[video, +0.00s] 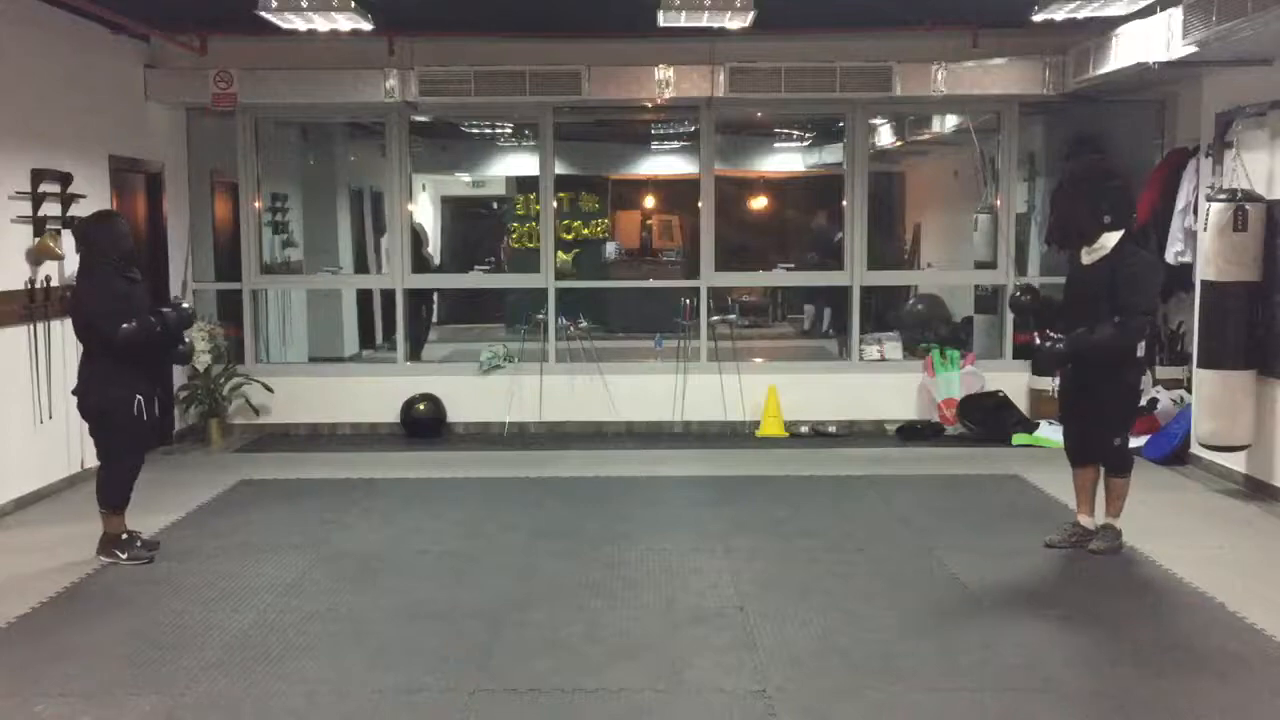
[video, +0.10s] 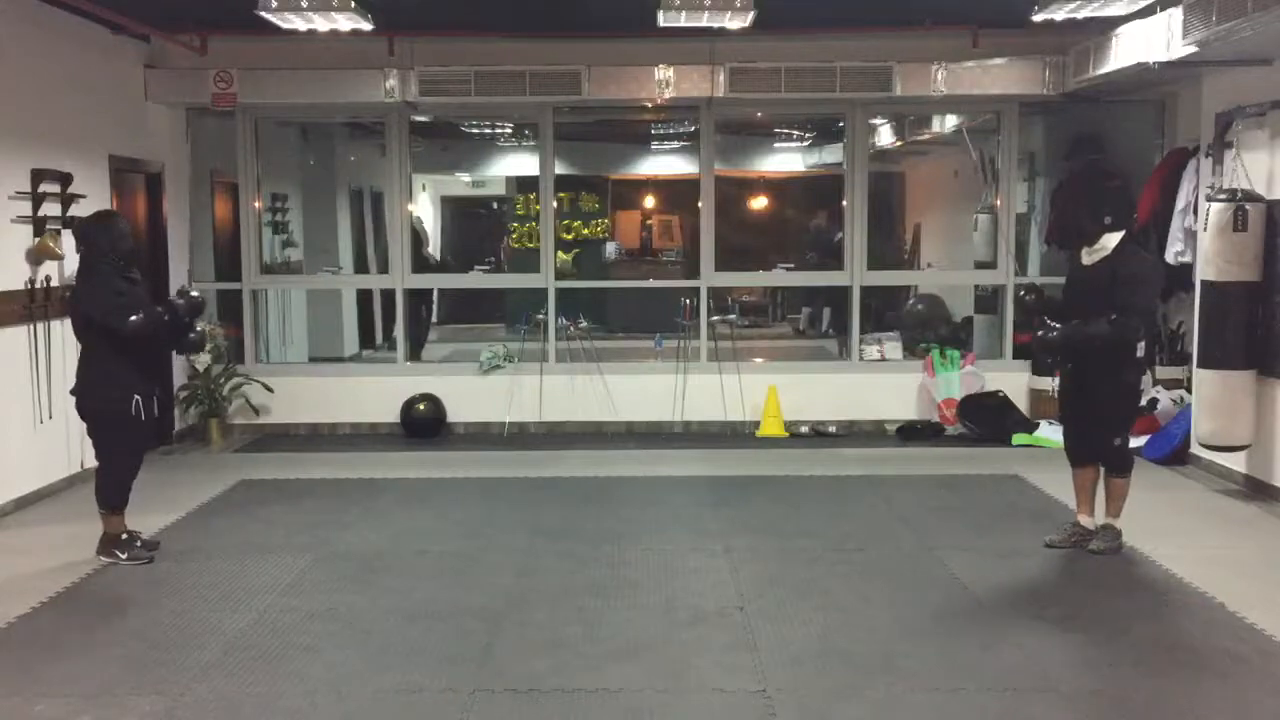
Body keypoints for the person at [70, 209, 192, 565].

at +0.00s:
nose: (129, 241)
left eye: (127, 235)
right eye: (121, 236)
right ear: (103, 243)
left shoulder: (121, 278)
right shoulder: (95, 284)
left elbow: (136, 325)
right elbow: (116, 336)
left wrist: (169, 341)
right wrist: (164, 321)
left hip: (129, 385)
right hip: (110, 388)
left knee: (127, 459)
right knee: (118, 459)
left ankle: (118, 533)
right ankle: (111, 539)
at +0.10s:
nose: (130, 241)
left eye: (128, 234)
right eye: (123, 236)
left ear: (106, 243)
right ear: (104, 243)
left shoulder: (121, 277)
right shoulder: (97, 282)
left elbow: (142, 324)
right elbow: (131, 326)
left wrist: (178, 338)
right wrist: (177, 310)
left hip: (129, 385)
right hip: (110, 389)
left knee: (125, 458)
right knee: (116, 460)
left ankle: (119, 532)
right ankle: (112, 539)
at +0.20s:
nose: (131, 240)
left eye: (129, 234)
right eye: (124, 235)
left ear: (101, 241)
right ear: (106, 241)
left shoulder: (121, 278)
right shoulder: (99, 283)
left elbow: (151, 320)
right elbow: (143, 318)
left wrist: (194, 322)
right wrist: (187, 301)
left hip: (127, 387)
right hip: (110, 390)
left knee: (123, 460)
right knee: (115, 462)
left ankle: (118, 533)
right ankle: (111, 539)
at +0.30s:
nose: (130, 239)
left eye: (128, 233)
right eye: (124, 233)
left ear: (99, 241)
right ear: (106, 240)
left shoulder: (119, 277)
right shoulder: (102, 280)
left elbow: (153, 323)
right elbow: (144, 313)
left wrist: (195, 317)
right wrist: (190, 295)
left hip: (123, 386)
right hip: (109, 388)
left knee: (120, 460)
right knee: (114, 461)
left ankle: (116, 533)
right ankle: (111, 538)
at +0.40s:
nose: (131, 240)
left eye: (129, 234)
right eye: (125, 234)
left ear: (99, 241)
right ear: (108, 240)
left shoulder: (118, 277)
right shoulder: (105, 280)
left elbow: (150, 329)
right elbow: (149, 318)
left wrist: (193, 321)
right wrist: (191, 293)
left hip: (125, 388)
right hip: (112, 391)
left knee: (122, 461)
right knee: (116, 462)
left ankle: (117, 533)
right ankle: (111, 539)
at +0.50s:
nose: (137, 241)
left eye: (134, 234)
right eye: (129, 236)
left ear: (102, 243)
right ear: (113, 242)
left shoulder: (115, 277)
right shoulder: (111, 281)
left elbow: (144, 329)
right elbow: (143, 332)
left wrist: (186, 330)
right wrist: (185, 306)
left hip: (124, 388)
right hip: (121, 390)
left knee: (126, 458)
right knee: (125, 459)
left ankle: (118, 534)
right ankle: (112, 538)